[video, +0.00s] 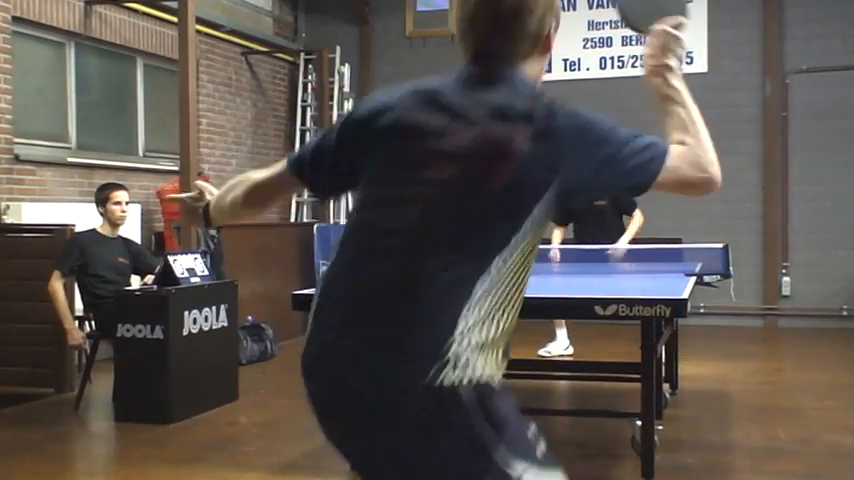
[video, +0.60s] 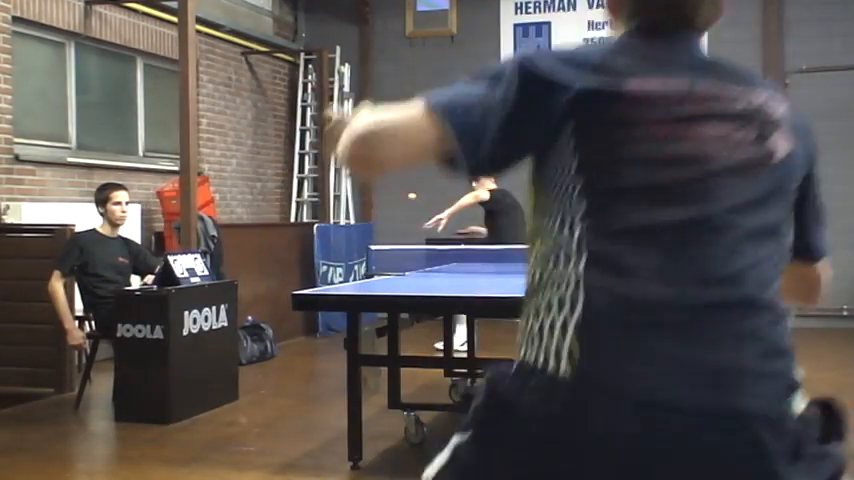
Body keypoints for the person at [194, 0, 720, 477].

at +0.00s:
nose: (555, 41)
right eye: (554, 30)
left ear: (465, 34)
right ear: (547, 41)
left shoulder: (390, 110)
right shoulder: (553, 127)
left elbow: (271, 187)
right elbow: (701, 170)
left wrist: (215, 204)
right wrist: (665, 76)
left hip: (332, 371)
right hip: (438, 388)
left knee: (401, 468)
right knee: (534, 469)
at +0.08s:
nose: (574, 6)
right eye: (572, 4)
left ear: (478, 4)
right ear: (560, 8)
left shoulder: (406, 66)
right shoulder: (583, 89)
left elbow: (272, 145)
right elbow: (713, 189)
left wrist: (229, 184)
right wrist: (687, 100)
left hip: (351, 327)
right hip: (465, 338)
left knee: (387, 469)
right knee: (594, 473)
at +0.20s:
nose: (590, 8)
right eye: (589, 6)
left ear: (495, 5)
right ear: (580, 8)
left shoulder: (434, 60)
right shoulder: (623, 94)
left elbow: (286, 145)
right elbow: (729, 238)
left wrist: (255, 158)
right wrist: (688, 168)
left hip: (409, 346)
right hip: (538, 358)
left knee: (417, 468)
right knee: (627, 466)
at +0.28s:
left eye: (496, 22)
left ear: (500, 36)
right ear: (591, 39)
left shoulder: (448, 112)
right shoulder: (641, 140)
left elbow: (300, 196)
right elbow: (734, 287)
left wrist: (273, 179)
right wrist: (684, 238)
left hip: (435, 427)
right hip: (578, 431)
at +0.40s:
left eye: (522, 63)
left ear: (525, 78)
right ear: (627, 86)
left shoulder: (466, 161)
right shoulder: (672, 192)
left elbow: (323, 255)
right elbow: (736, 343)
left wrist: (289, 239)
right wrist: (681, 288)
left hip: (468, 452)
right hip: (612, 458)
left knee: (392, 453)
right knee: (676, 461)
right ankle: (677, 465)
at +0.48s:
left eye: (550, 44)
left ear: (555, 63)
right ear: (657, 72)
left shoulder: (497, 147)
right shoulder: (712, 182)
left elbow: (342, 239)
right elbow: (755, 333)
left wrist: (309, 215)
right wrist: (686, 286)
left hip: (517, 450)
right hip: (669, 457)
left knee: (392, 465)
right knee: (740, 468)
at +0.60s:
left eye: (607, 7)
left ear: (612, 6)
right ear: (717, 13)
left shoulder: (561, 77)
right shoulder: (780, 113)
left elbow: (365, 148)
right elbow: (809, 287)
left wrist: (354, 130)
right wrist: (718, 255)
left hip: (575, 410)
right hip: (743, 422)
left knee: (451, 463)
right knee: (822, 428)